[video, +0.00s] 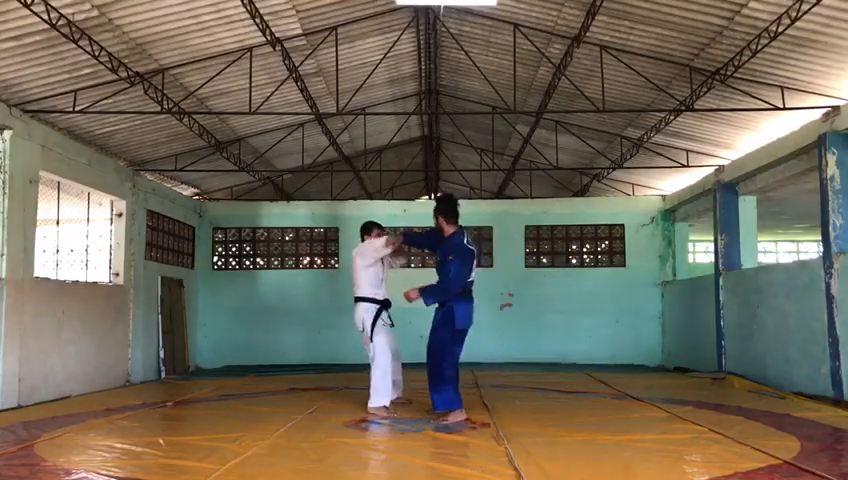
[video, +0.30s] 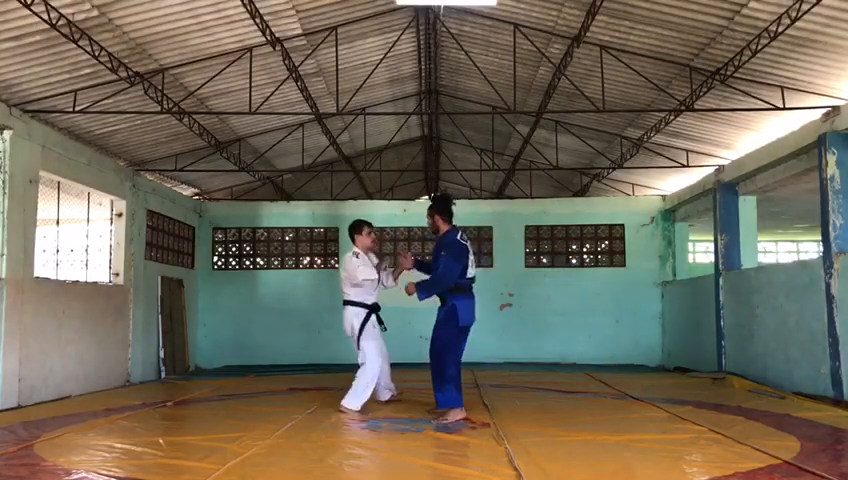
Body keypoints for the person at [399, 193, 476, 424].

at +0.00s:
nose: (435, 221)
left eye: (436, 218)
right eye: (436, 218)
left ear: (441, 219)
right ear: (453, 218)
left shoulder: (460, 247)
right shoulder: (447, 239)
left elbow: (453, 284)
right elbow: (425, 239)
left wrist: (422, 292)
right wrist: (402, 238)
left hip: (456, 307)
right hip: (447, 306)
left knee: (443, 356)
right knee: (437, 354)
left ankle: (455, 409)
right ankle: (447, 406)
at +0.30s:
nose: (430, 222)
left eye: (431, 218)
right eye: (430, 218)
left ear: (438, 218)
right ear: (447, 217)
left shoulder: (450, 242)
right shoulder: (455, 239)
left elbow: (445, 278)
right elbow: (440, 271)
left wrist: (418, 287)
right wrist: (416, 263)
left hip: (455, 305)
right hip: (458, 303)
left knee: (442, 353)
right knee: (445, 353)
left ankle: (454, 407)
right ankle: (450, 404)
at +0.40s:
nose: (430, 222)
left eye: (431, 217)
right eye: (430, 217)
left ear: (438, 218)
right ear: (448, 217)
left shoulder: (453, 242)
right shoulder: (455, 239)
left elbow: (448, 278)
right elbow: (448, 277)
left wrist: (422, 295)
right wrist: (421, 280)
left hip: (458, 303)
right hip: (459, 301)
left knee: (444, 351)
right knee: (445, 351)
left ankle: (455, 407)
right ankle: (450, 403)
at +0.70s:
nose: (442, 219)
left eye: (445, 214)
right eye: (443, 214)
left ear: (454, 216)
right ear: (461, 216)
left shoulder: (462, 241)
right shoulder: (475, 238)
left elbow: (460, 277)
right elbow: (465, 275)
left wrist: (431, 295)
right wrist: (438, 290)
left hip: (471, 302)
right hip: (483, 299)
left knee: (460, 352)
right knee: (471, 350)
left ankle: (460, 410)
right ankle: (483, 393)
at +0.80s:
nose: (454, 219)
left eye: (457, 214)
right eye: (455, 214)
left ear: (467, 216)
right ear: (472, 217)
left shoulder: (476, 243)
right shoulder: (481, 242)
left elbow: (465, 274)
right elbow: (473, 276)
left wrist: (432, 276)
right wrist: (446, 279)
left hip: (480, 304)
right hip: (484, 302)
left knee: (465, 354)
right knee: (475, 352)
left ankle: (461, 410)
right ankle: (508, 387)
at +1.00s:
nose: (475, 223)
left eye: (477, 218)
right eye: (475, 218)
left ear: (487, 218)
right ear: (492, 219)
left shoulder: (497, 241)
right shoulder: (499, 241)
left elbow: (472, 255)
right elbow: (469, 263)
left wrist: (440, 259)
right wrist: (438, 267)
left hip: (502, 305)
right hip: (503, 303)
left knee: (484, 352)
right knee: (504, 352)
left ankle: (466, 407)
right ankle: (527, 403)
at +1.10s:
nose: (479, 216)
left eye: (482, 212)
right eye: (480, 211)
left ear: (493, 213)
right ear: (495, 213)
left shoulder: (503, 238)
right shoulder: (503, 238)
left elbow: (484, 260)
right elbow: (477, 267)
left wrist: (457, 251)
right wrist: (443, 269)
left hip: (508, 300)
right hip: (511, 298)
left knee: (492, 346)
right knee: (509, 348)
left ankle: (491, 404)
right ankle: (527, 402)